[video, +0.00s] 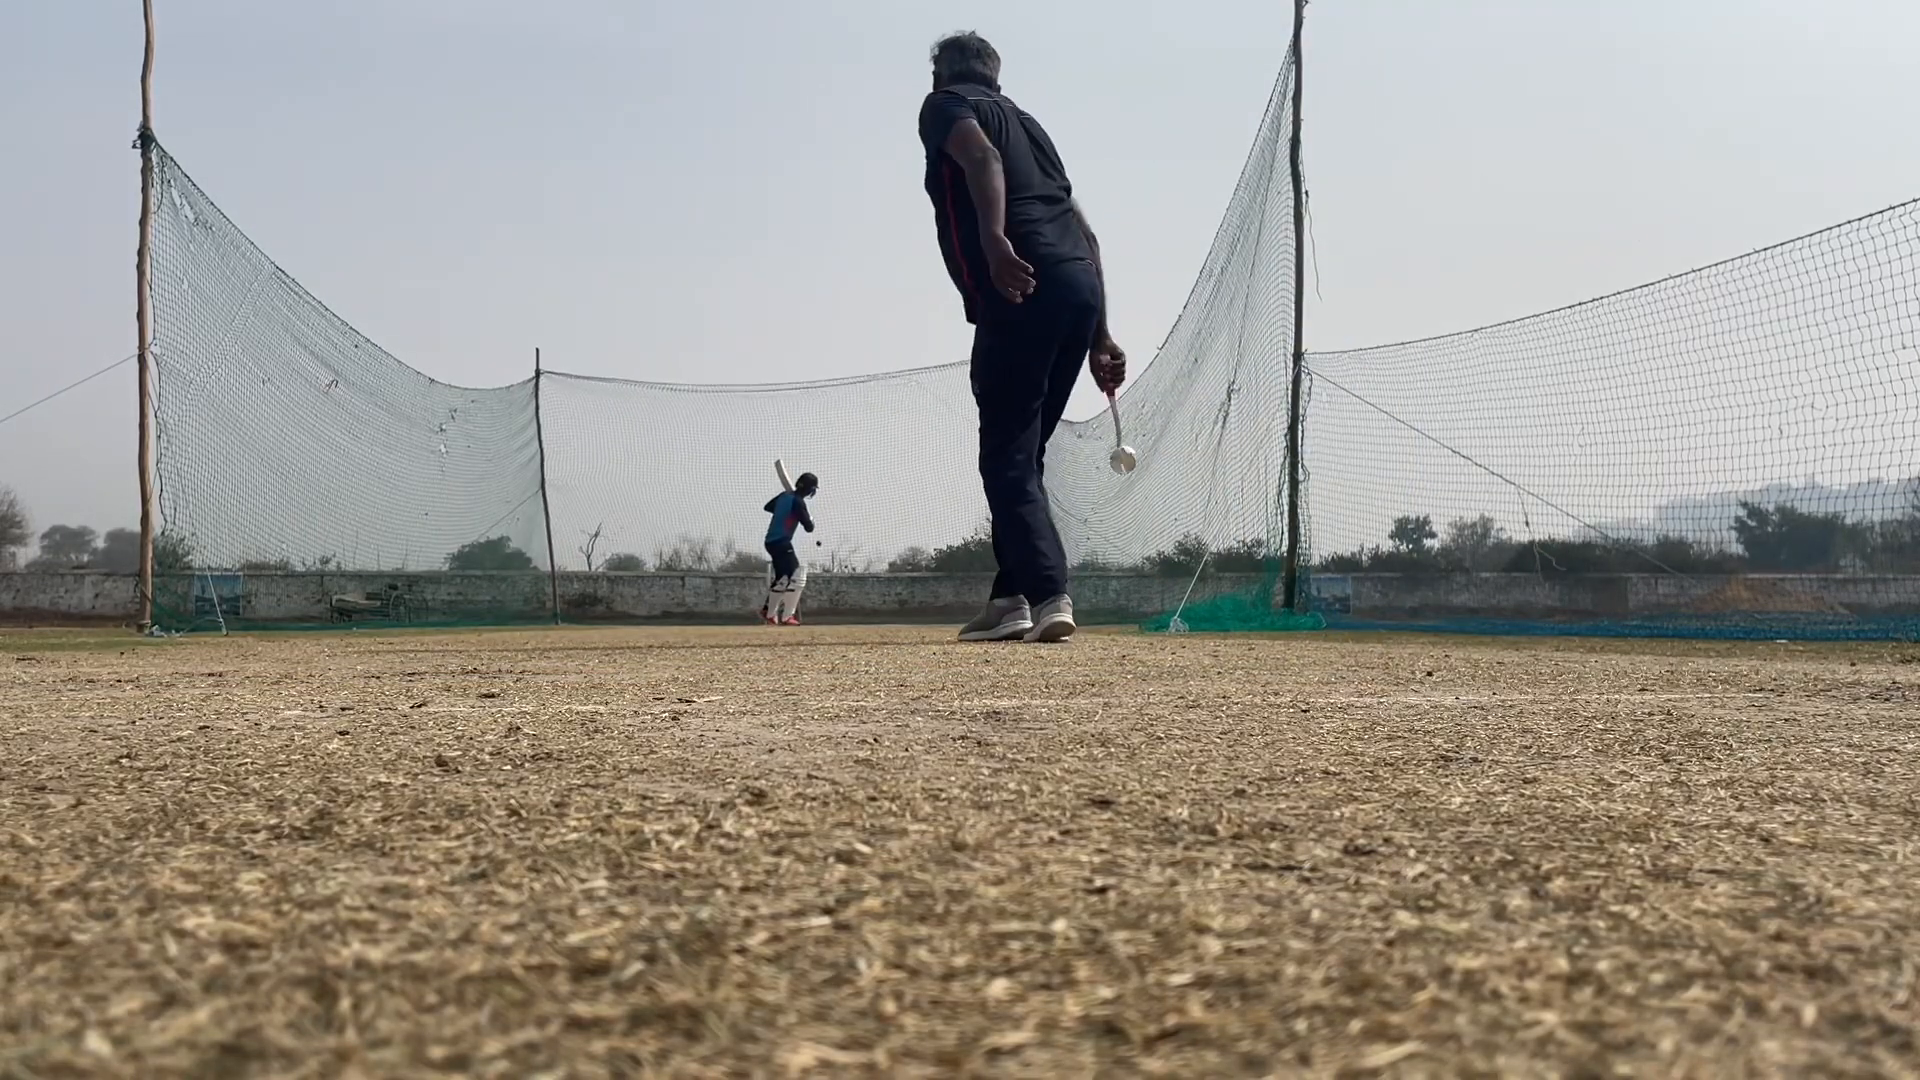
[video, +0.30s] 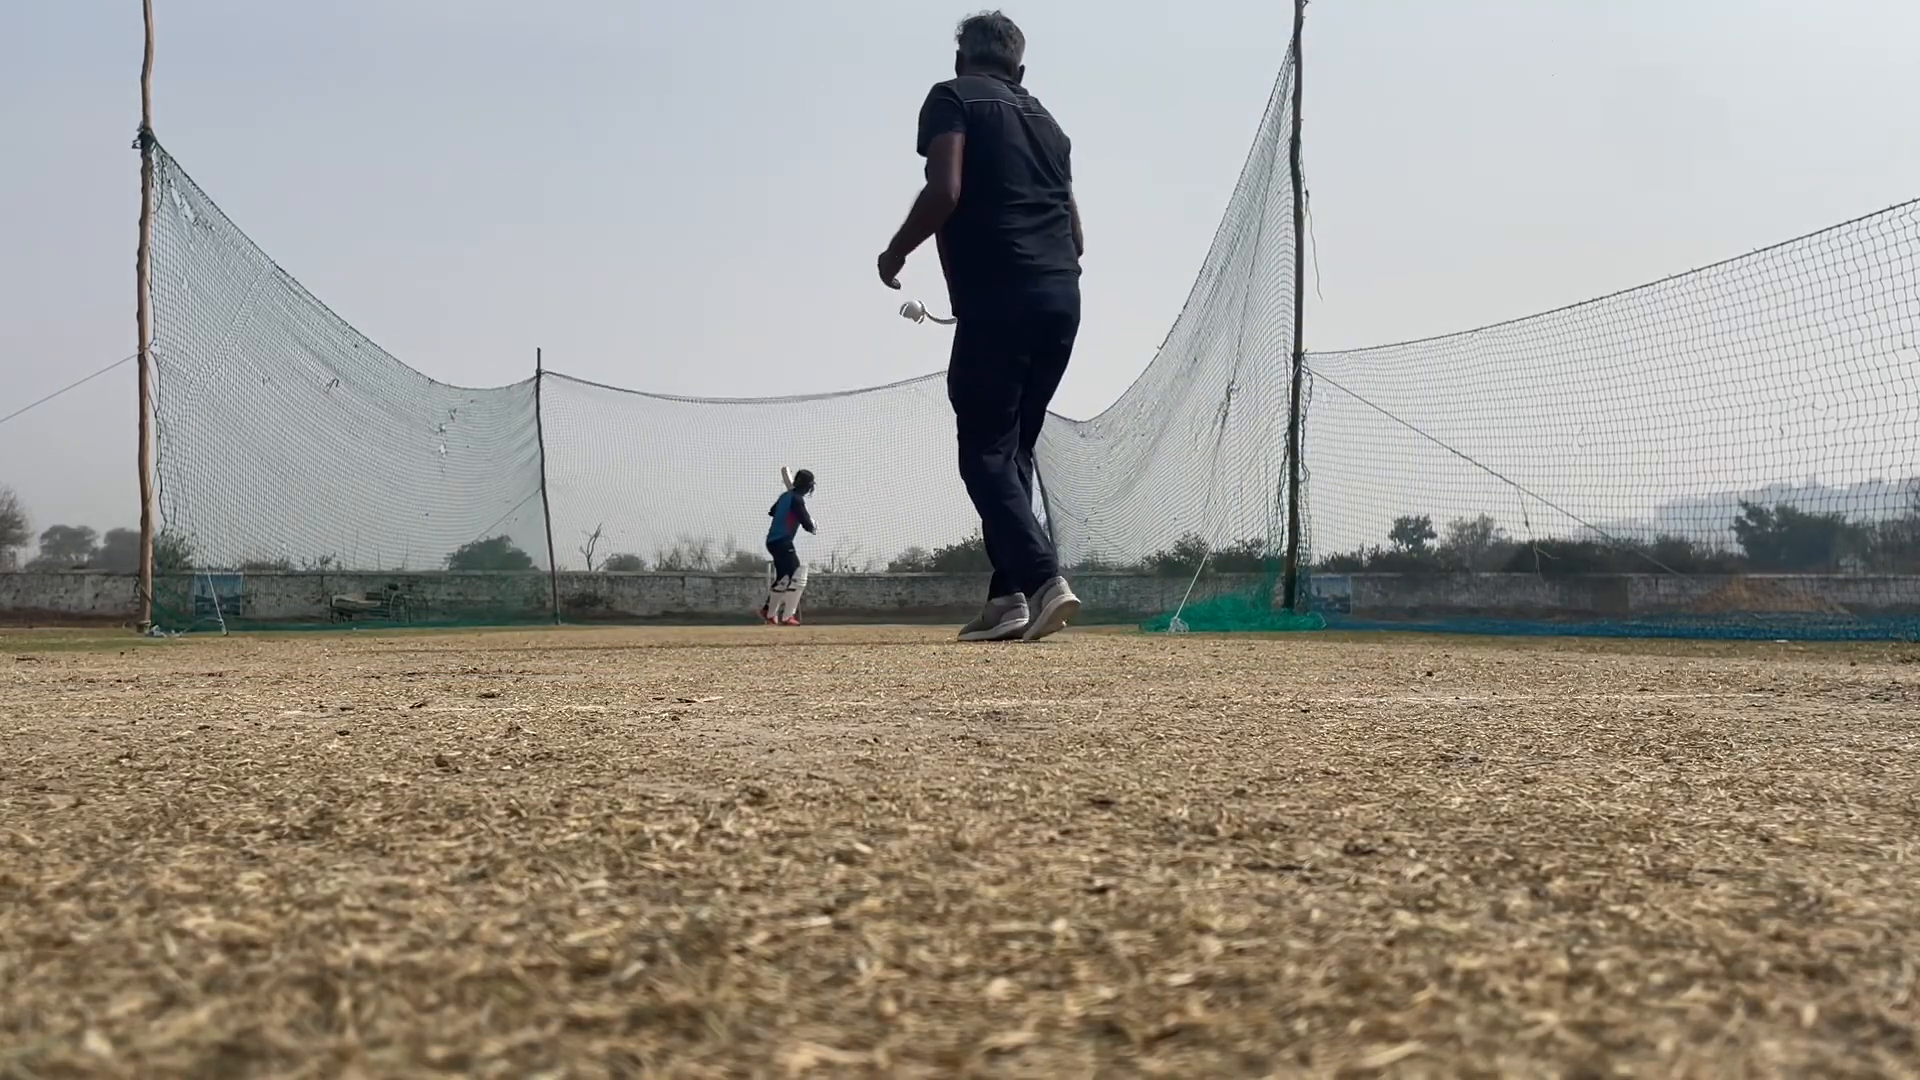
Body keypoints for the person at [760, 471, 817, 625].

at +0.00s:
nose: (814, 492)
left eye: (815, 489)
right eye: (813, 488)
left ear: (799, 484)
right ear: (808, 488)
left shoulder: (784, 495)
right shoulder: (798, 501)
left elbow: (768, 507)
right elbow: (808, 527)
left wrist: (784, 512)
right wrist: (809, 521)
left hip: (771, 541)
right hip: (782, 542)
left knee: (782, 577)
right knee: (797, 575)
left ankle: (770, 613)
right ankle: (788, 615)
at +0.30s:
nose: (812, 488)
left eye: (813, 484)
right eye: (812, 484)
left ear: (796, 482)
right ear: (807, 485)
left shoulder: (785, 496)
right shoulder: (797, 499)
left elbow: (772, 512)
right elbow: (807, 523)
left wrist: (789, 516)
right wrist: (813, 526)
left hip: (773, 541)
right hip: (783, 541)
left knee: (782, 576)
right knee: (797, 575)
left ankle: (770, 611)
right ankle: (788, 615)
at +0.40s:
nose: (809, 485)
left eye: (809, 481)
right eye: (808, 481)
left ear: (794, 481)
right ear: (802, 482)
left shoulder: (785, 495)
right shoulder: (795, 497)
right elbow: (803, 520)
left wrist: (811, 525)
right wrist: (813, 531)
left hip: (774, 540)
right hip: (783, 541)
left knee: (783, 577)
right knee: (798, 574)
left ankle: (771, 613)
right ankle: (788, 616)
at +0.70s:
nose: (798, 482)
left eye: (798, 479)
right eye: (796, 479)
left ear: (783, 478)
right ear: (792, 479)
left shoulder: (778, 494)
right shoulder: (787, 494)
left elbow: (783, 520)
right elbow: (790, 518)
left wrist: (797, 538)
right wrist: (802, 536)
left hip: (775, 537)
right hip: (783, 536)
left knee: (783, 574)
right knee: (794, 573)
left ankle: (770, 610)